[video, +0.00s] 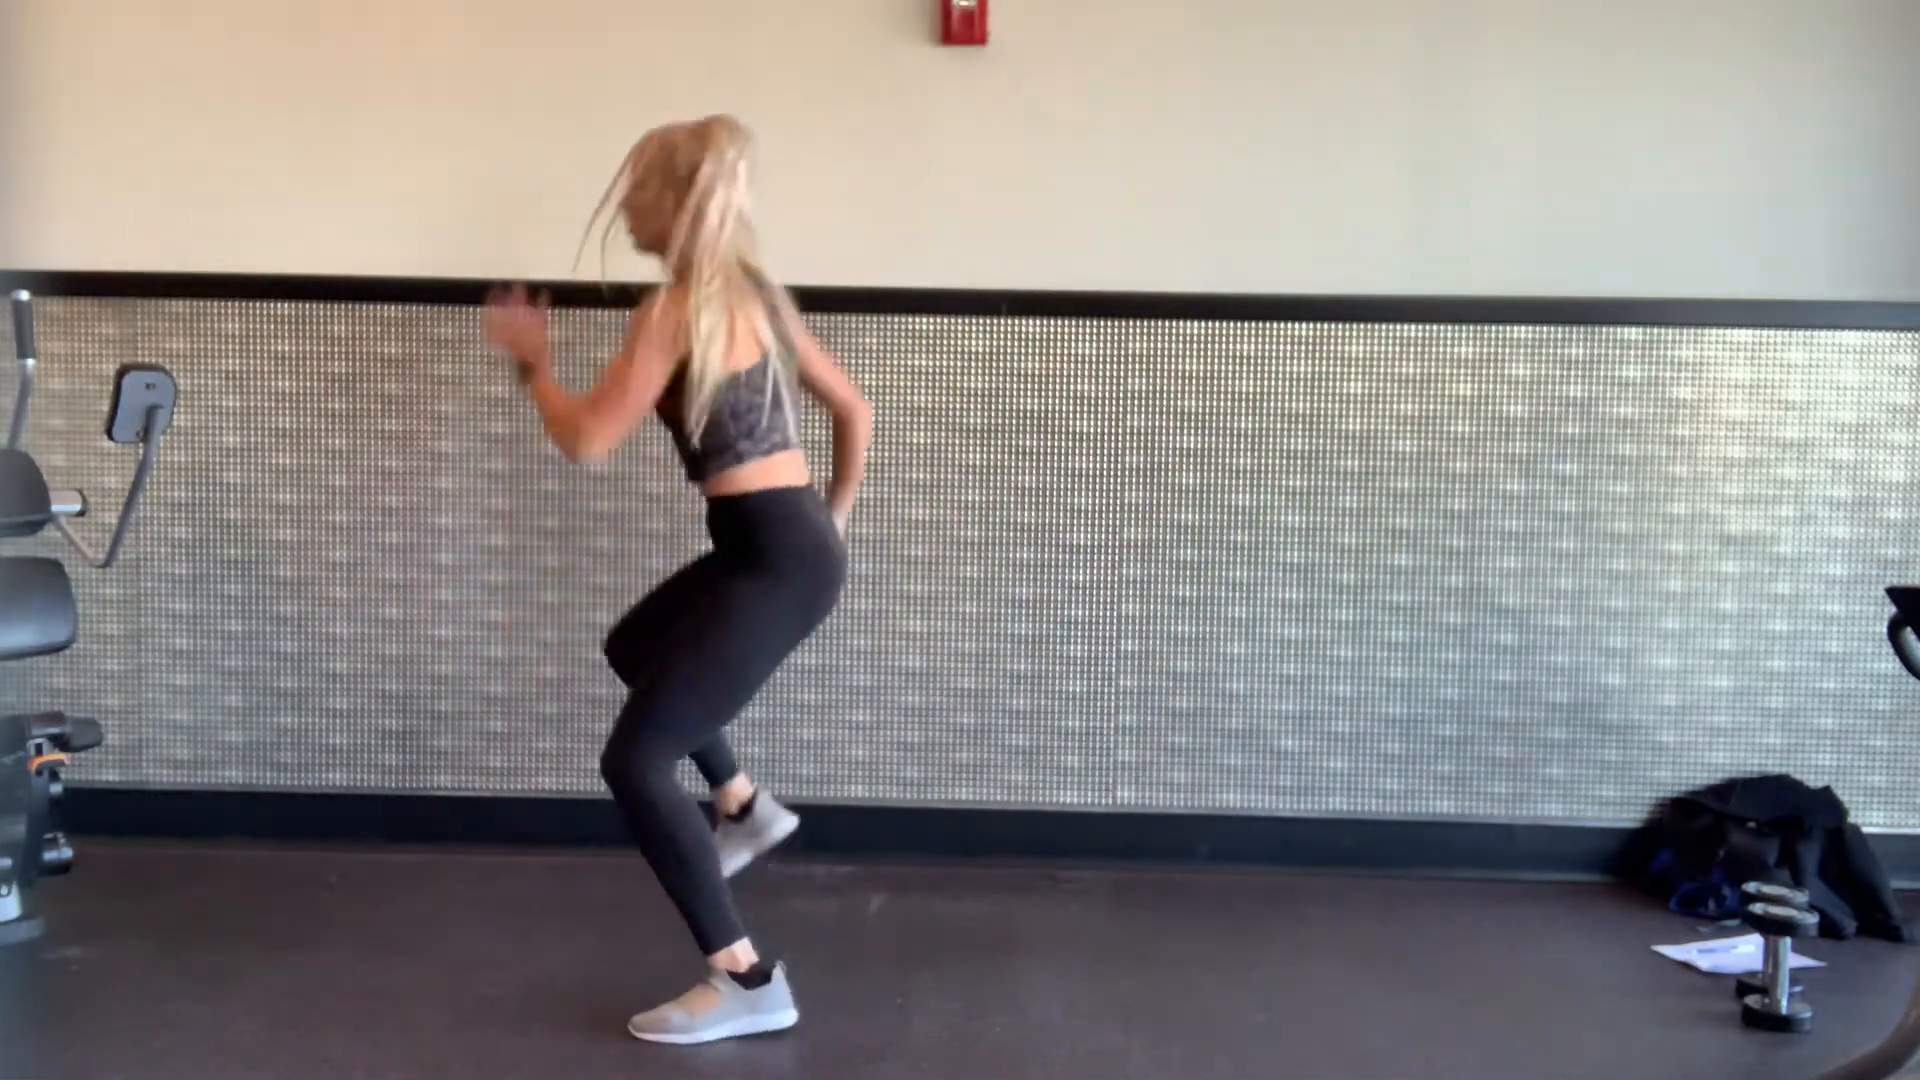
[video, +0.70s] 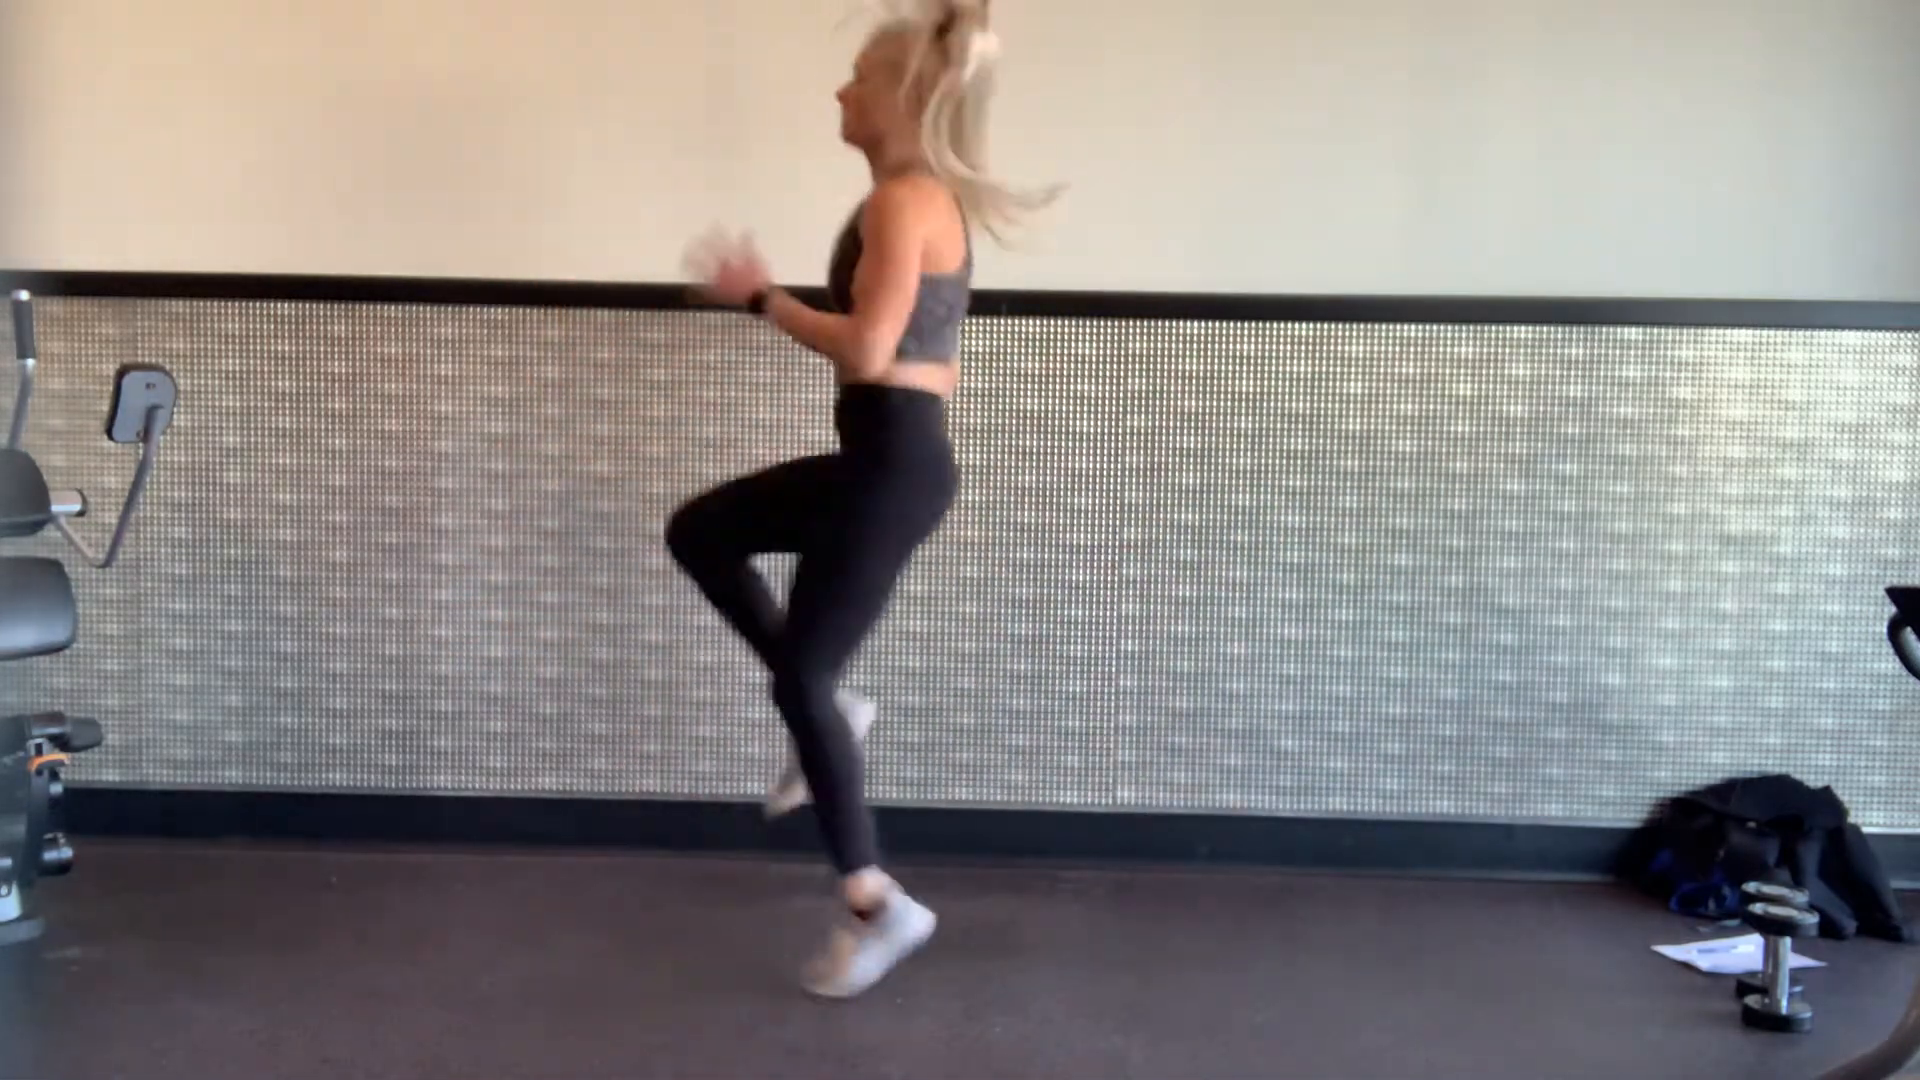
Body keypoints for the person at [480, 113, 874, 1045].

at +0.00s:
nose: (626, 197)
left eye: (639, 184)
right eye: (633, 181)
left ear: (671, 201)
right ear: (719, 201)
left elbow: (587, 440)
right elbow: (851, 406)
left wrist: (531, 362)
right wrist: (840, 500)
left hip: (774, 557)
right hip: (787, 545)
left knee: (636, 760)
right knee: (634, 646)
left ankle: (744, 978)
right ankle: (740, 805)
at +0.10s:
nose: (674, 133)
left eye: (686, 119)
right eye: (681, 117)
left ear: (715, 133)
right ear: (768, 135)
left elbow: (597, 340)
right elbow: (883, 350)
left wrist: (578, 244)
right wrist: (839, 448)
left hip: (762, 508)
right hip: (783, 500)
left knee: (671, 737)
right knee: (625, 617)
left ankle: (743, 968)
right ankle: (754, 783)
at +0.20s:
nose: (714, 78)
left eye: (729, 61)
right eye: (721, 59)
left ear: (771, 74)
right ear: (800, 78)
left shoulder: (768, 185)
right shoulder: (826, 189)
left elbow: (708, 316)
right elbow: (857, 331)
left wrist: (608, 278)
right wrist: (760, 409)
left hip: (766, 446)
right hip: (790, 444)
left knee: (651, 654)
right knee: (672, 642)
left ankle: (715, 891)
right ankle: (768, 816)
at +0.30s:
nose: (740, 89)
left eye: (755, 74)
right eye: (746, 71)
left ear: (799, 89)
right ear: (815, 91)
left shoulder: (819, 202)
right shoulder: (802, 197)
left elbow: (807, 359)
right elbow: (780, 358)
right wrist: (670, 349)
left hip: (789, 458)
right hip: (788, 455)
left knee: (585, 570)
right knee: (707, 675)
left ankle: (701, 759)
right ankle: (777, 883)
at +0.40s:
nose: (753, 145)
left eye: (770, 133)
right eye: (762, 130)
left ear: (815, 156)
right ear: (815, 159)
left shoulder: (832, 253)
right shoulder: (806, 255)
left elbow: (883, 396)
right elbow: (714, 364)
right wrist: (678, 275)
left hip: (792, 499)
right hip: (797, 503)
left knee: (586, 476)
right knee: (728, 711)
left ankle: (680, 677)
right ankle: (801, 927)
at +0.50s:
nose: (782, 118)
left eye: (799, 105)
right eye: (790, 103)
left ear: (841, 124)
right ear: (849, 127)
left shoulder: (864, 220)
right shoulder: (832, 220)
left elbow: (927, 345)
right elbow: (770, 346)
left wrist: (886, 477)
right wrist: (719, 259)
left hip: (821, 469)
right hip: (816, 467)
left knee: (610, 484)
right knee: (775, 695)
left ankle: (696, 696)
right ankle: (798, 911)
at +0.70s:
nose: (842, 92)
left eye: (859, 79)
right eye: (853, 74)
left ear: (900, 97)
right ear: (908, 101)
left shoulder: (903, 204)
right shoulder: (932, 203)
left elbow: (866, 349)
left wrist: (765, 297)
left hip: (893, 470)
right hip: (892, 463)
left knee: (802, 673)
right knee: (700, 530)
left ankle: (873, 901)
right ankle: (820, 707)